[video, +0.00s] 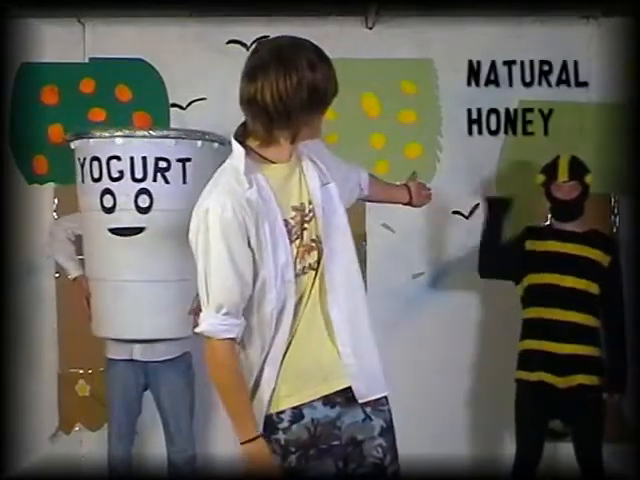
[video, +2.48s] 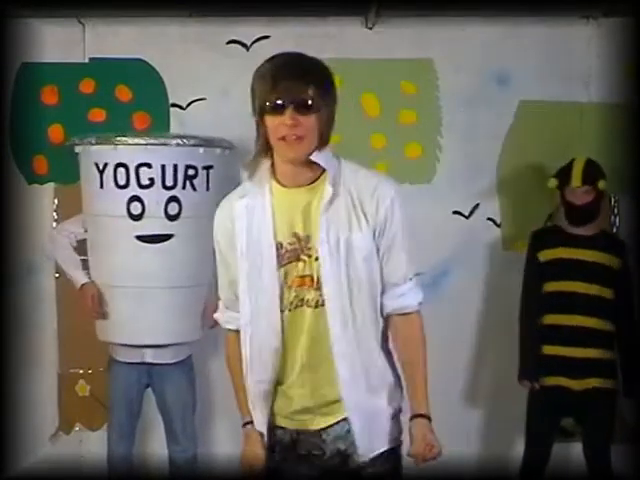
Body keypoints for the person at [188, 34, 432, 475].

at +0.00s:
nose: (326, 112)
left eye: (325, 103)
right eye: (323, 104)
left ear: (259, 101)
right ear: (305, 108)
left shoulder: (315, 160)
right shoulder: (225, 204)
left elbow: (359, 185)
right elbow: (218, 338)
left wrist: (406, 193)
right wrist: (249, 439)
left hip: (365, 399)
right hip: (291, 417)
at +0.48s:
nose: (321, 95)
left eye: (319, 85)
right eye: (307, 87)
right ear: (268, 100)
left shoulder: (327, 158)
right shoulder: (223, 200)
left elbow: (379, 205)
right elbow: (208, 329)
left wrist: (430, 231)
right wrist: (240, 431)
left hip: (364, 403)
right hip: (283, 418)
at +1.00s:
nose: (309, 80)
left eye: (321, 65)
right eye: (291, 72)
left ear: (346, 77)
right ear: (279, 92)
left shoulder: (401, 165)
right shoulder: (255, 190)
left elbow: (448, 275)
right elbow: (245, 309)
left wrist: (498, 373)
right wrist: (245, 412)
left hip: (386, 420)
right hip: (291, 426)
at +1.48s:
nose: (346, 83)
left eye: (364, 67)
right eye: (333, 70)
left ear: (393, 79)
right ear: (322, 86)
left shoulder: (451, 171)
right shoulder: (299, 189)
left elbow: (468, 301)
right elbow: (299, 314)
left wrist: (461, 421)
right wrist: (309, 425)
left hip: (429, 432)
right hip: (340, 433)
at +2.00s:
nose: (336, 84)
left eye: (353, 70)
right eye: (324, 72)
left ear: (384, 81)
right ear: (313, 86)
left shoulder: (440, 176)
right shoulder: (289, 187)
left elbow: (462, 304)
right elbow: (289, 311)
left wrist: (466, 422)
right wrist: (299, 419)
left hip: (417, 434)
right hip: (328, 431)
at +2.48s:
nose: (290, 119)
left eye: (305, 106)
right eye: (276, 107)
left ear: (327, 115)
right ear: (260, 120)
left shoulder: (374, 196)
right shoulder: (235, 214)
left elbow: (402, 310)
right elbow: (235, 327)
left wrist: (420, 414)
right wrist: (251, 425)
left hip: (365, 426)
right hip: (282, 430)